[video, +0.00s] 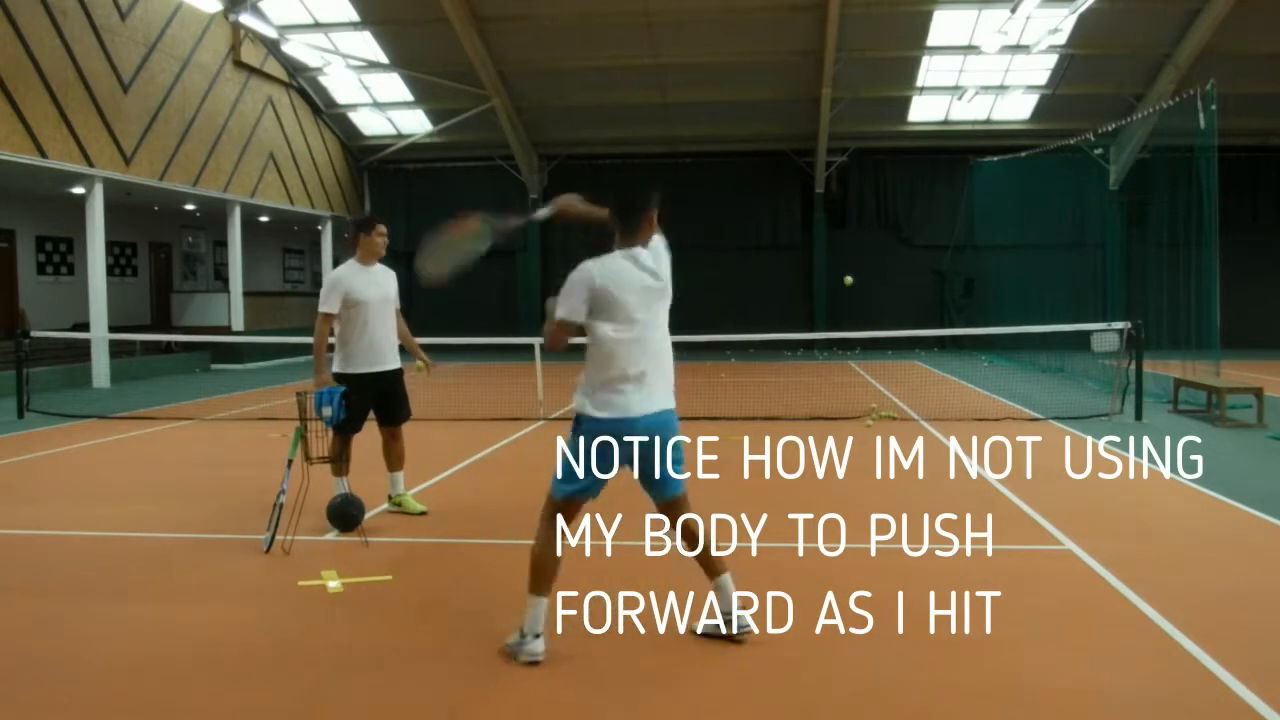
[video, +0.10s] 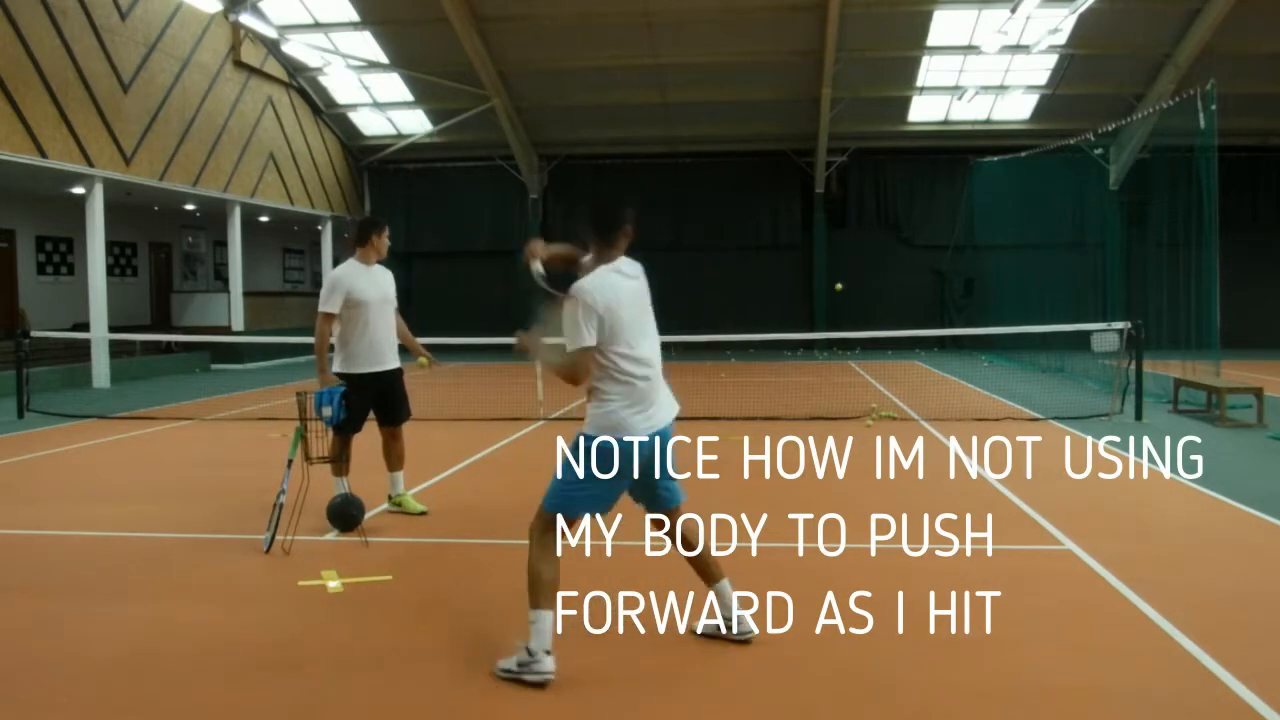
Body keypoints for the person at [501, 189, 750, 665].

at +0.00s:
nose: (657, 220)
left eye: (651, 212)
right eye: (657, 213)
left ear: (614, 219)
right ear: (652, 218)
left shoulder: (588, 274)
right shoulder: (658, 259)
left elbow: (555, 338)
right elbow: (628, 221)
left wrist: (593, 323)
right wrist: (586, 209)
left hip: (599, 425)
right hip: (657, 419)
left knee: (555, 519)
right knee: (681, 513)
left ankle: (532, 633)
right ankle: (732, 611)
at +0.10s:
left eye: (593, 231)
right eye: (627, 232)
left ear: (586, 234)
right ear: (627, 234)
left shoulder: (585, 292)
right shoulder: (633, 272)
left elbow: (576, 372)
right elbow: (587, 259)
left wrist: (538, 347)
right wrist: (547, 252)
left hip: (611, 434)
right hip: (657, 423)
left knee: (544, 530)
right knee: (673, 519)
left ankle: (538, 653)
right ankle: (734, 615)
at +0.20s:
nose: (587, 234)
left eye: (555, 226)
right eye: (591, 226)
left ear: (548, 228)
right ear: (592, 229)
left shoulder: (562, 288)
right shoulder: (600, 272)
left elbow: (577, 367)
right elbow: (579, 311)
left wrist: (512, 398)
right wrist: (535, 302)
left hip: (587, 438)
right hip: (630, 430)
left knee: (528, 537)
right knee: (664, 520)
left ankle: (549, 662)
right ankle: (729, 611)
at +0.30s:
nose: (570, 222)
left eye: (563, 214)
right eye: (568, 214)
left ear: (525, 218)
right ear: (562, 218)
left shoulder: (532, 275)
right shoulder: (575, 270)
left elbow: (561, 353)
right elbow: (530, 345)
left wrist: (520, 424)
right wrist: (495, 324)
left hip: (558, 432)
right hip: (605, 425)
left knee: (509, 539)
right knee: (637, 523)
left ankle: (547, 661)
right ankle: (700, 615)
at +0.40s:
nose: (541, 205)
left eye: (520, 199)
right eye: (544, 198)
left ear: (506, 202)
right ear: (547, 203)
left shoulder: (509, 254)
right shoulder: (561, 255)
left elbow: (540, 323)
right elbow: (555, 337)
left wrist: (521, 406)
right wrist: (491, 351)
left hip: (536, 418)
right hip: (581, 411)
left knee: (506, 536)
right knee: (593, 516)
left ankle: (546, 660)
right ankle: (636, 631)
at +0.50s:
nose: (538, 197)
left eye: (517, 190)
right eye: (539, 190)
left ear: (493, 193)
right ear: (537, 195)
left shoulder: (489, 244)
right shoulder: (558, 252)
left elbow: (515, 311)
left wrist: (486, 385)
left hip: (514, 409)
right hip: (563, 406)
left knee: (481, 526)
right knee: (552, 516)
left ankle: (526, 648)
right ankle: (565, 642)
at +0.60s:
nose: (524, 211)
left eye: (507, 205)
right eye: (525, 204)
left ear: (480, 208)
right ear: (524, 209)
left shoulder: (472, 260)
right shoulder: (546, 268)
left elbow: (480, 339)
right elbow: (565, 351)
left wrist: (433, 399)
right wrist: (540, 400)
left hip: (487, 426)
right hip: (542, 426)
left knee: (437, 528)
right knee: (530, 527)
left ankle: (472, 656)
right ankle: (546, 654)